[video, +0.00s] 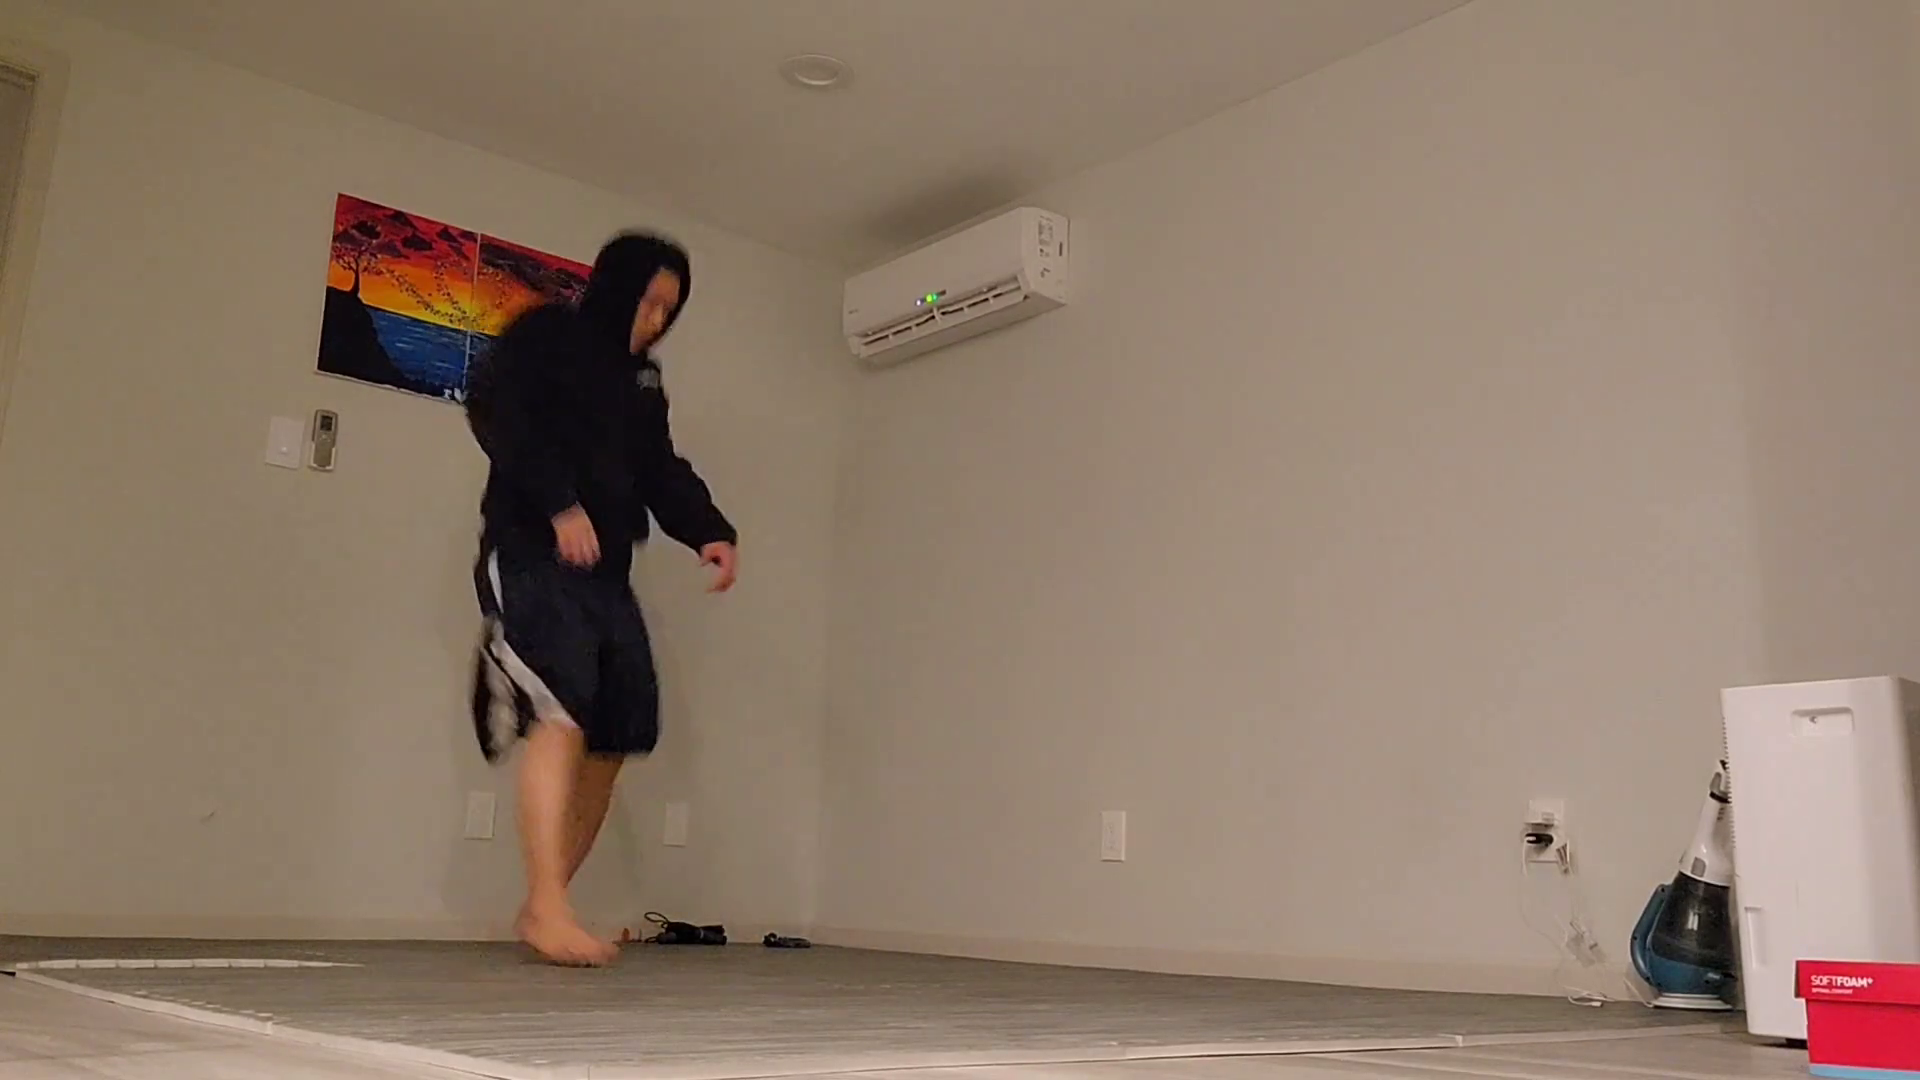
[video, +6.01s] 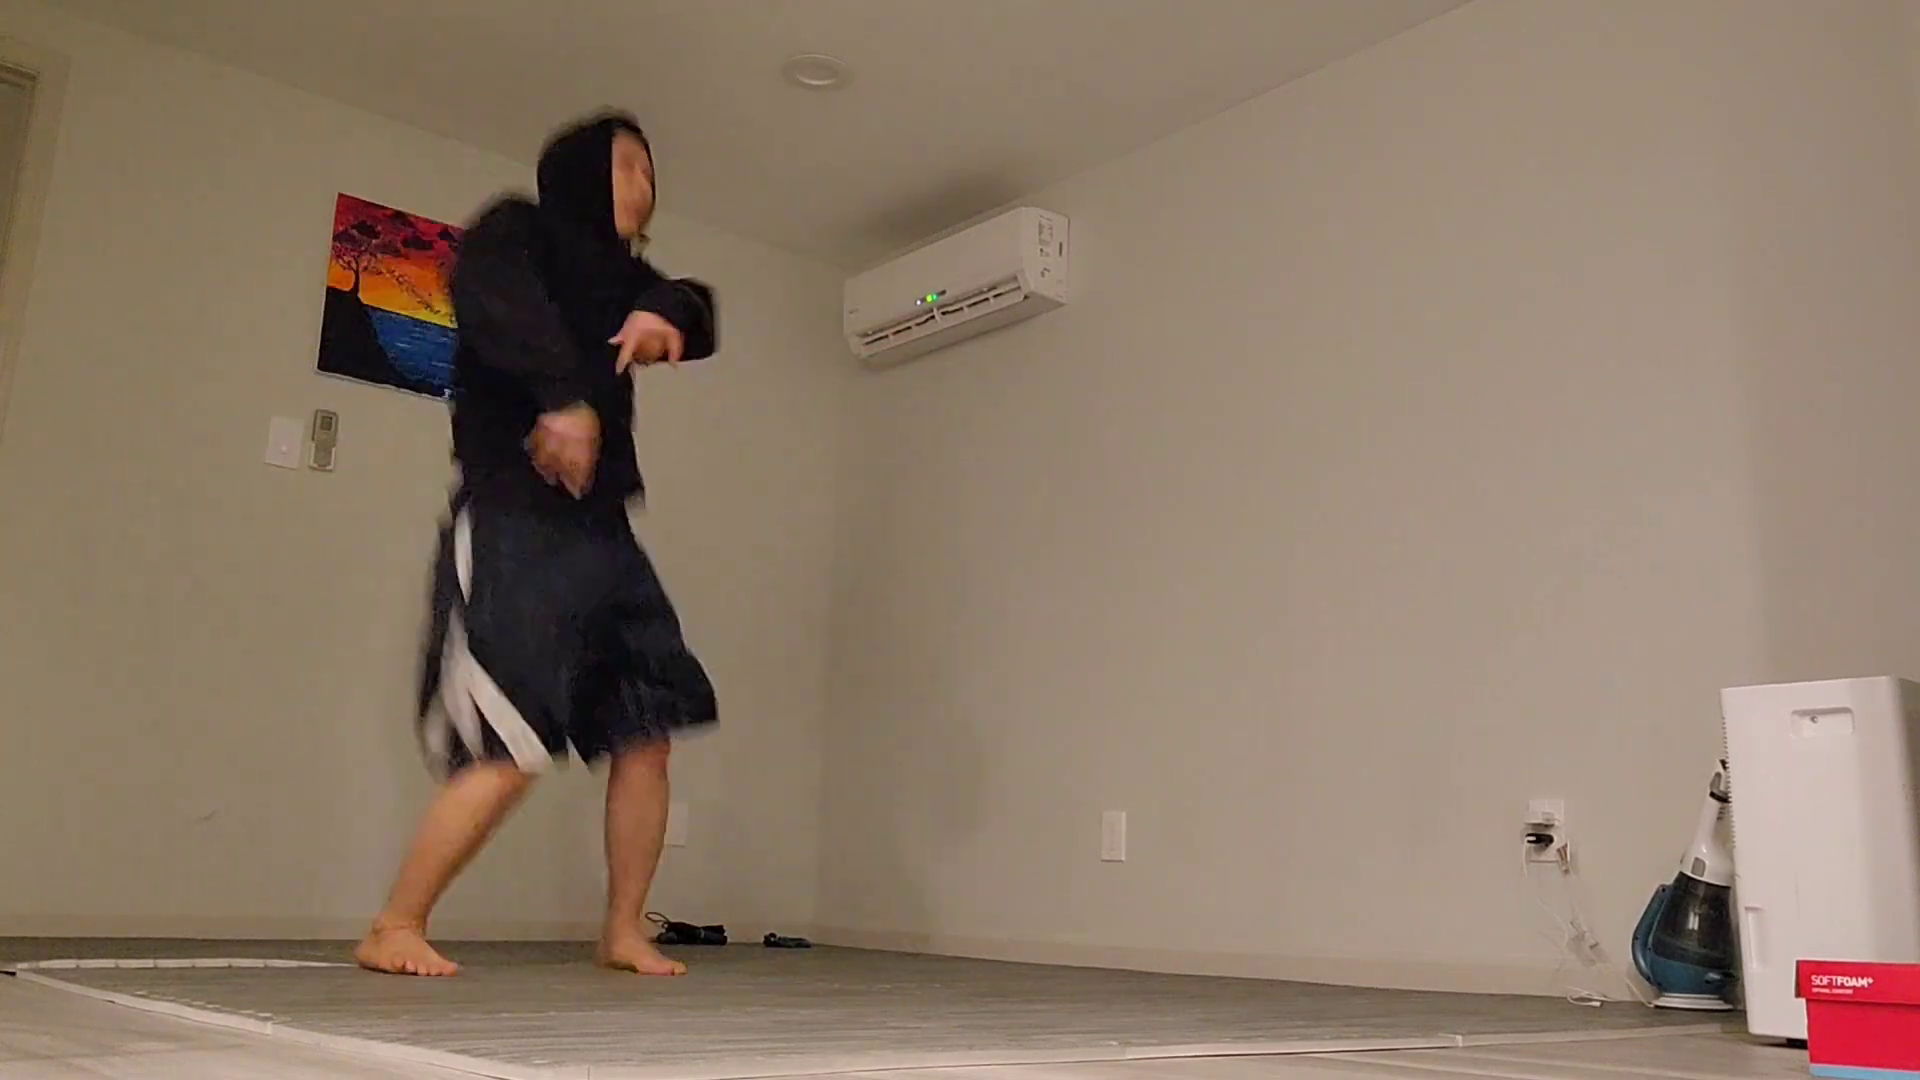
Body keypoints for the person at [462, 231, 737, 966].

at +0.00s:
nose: (660, 321)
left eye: (669, 310)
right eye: (654, 303)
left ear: (669, 311)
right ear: (618, 287)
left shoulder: (641, 375)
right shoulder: (545, 332)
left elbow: (656, 465)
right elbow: (494, 408)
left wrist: (708, 529)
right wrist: (560, 502)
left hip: (604, 568)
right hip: (529, 553)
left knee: (612, 729)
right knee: (559, 714)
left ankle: (545, 906)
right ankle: (547, 912)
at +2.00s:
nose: (586, 287)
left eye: (603, 274)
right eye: (575, 268)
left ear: (622, 275)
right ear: (549, 259)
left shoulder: (631, 316)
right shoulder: (490, 315)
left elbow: (637, 371)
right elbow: (433, 401)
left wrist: (525, 356)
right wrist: (517, 467)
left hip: (608, 544)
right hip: (514, 546)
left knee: (581, 688)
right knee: (485, 734)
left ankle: (549, 878)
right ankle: (456, 907)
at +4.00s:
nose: (653, 258)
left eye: (675, 252)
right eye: (648, 240)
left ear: (687, 268)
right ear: (615, 240)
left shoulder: (679, 326)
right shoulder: (542, 295)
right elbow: (449, 296)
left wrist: (644, 250)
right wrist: (437, 313)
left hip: (642, 546)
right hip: (548, 536)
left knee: (651, 745)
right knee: (613, 715)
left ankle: (590, 930)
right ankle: (663, 913)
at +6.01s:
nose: (646, 181)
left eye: (649, 170)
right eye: (632, 165)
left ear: (643, 190)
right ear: (584, 170)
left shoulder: (633, 275)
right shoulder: (516, 230)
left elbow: (697, 314)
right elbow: (498, 311)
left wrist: (670, 320)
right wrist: (565, 394)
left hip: (600, 524)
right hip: (511, 518)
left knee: (646, 726)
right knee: (517, 736)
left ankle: (626, 929)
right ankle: (397, 926)